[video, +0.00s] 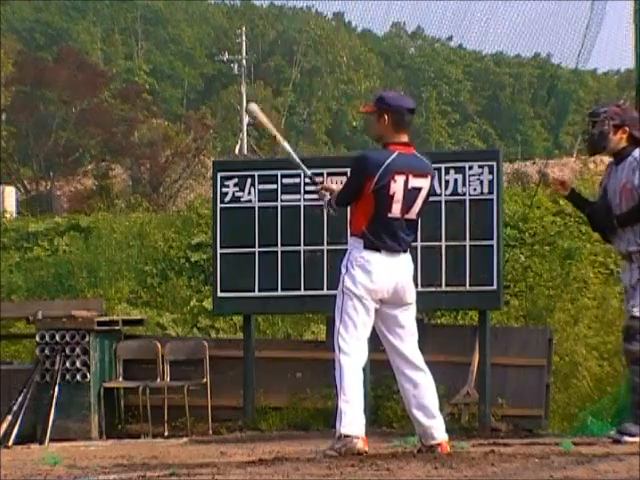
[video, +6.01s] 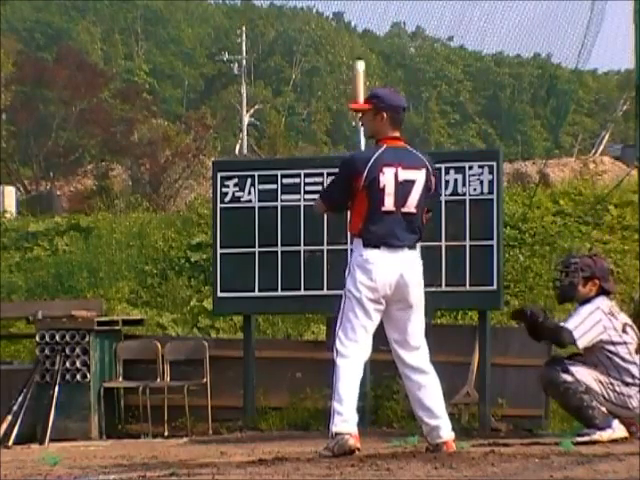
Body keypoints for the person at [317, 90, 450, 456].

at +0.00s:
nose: (369, 123)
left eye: (373, 117)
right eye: (371, 117)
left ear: (387, 120)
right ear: (402, 122)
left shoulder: (370, 162)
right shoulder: (425, 168)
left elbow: (343, 199)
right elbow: (388, 197)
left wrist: (329, 193)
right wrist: (341, 190)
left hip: (365, 264)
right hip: (402, 265)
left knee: (350, 349)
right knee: (408, 354)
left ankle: (351, 434)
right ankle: (436, 436)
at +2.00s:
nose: (354, 122)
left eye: (359, 116)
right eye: (355, 116)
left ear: (379, 118)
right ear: (385, 120)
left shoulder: (362, 154)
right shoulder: (416, 160)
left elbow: (334, 197)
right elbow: (411, 206)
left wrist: (366, 183)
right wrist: (366, 189)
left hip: (365, 261)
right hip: (402, 261)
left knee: (354, 350)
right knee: (412, 352)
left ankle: (352, 435)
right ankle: (436, 437)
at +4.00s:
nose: (358, 121)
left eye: (363, 115)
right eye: (358, 115)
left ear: (383, 117)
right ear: (390, 119)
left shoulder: (365, 153)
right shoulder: (422, 158)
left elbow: (337, 194)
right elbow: (423, 205)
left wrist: (369, 165)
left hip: (375, 258)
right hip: (412, 260)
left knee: (360, 347)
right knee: (412, 350)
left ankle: (362, 430)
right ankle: (440, 433)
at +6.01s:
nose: (362, 120)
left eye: (367, 114)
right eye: (364, 114)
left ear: (384, 118)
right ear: (396, 120)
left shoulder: (361, 162)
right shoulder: (423, 164)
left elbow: (325, 205)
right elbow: (424, 213)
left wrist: (351, 181)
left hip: (371, 261)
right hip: (410, 262)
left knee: (351, 347)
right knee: (414, 351)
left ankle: (344, 431)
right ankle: (442, 434)